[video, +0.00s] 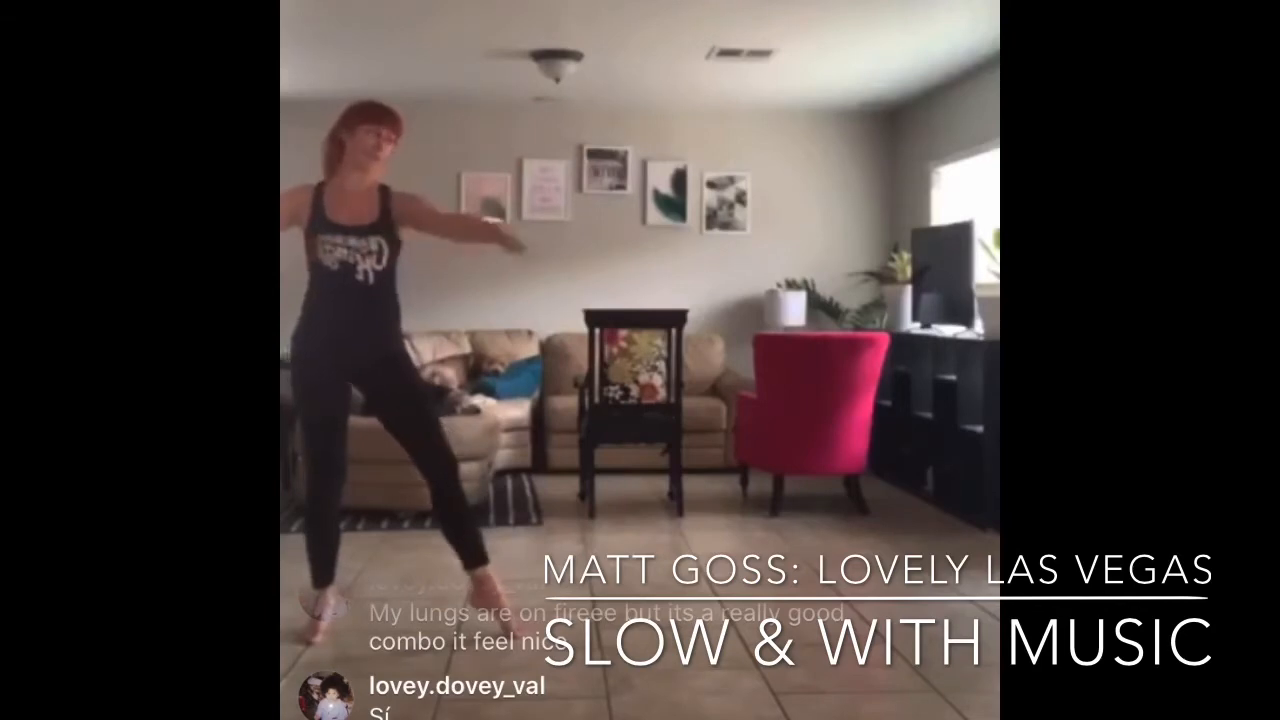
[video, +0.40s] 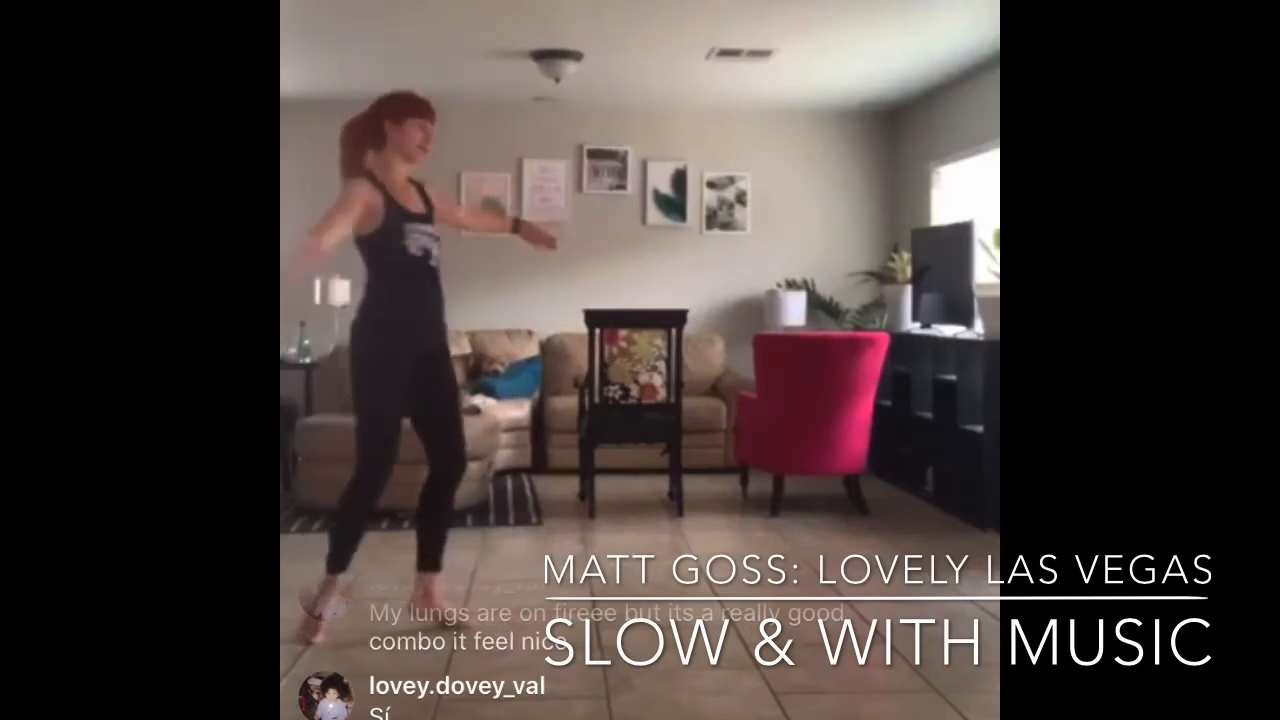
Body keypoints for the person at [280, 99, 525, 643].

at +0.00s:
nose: (380, 145)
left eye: (388, 140)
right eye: (370, 134)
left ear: (393, 153)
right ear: (343, 138)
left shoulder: (394, 204)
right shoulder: (305, 201)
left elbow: (446, 224)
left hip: (380, 350)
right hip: (319, 351)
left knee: (439, 463)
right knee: (325, 474)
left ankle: (482, 581)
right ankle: (323, 592)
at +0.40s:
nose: (428, 137)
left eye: (431, 130)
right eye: (419, 126)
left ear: (421, 140)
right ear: (388, 128)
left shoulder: (421, 192)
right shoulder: (365, 190)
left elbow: (467, 218)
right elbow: (331, 230)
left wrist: (518, 227)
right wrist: (314, 249)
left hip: (428, 344)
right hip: (380, 345)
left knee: (449, 460)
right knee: (374, 464)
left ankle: (427, 588)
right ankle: (331, 587)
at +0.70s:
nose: (465, 135)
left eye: (464, 126)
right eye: (458, 125)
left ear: (422, 130)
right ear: (431, 128)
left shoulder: (401, 188)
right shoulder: (445, 183)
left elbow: (369, 239)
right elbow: (527, 214)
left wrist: (414, 251)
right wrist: (591, 226)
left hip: (408, 335)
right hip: (444, 336)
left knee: (431, 460)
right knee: (473, 459)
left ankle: (424, 585)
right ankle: (496, 578)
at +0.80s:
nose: (470, 135)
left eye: (467, 125)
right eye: (465, 126)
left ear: (417, 136)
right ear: (450, 132)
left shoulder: (392, 192)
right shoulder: (477, 187)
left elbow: (348, 247)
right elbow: (541, 226)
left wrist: (389, 257)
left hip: (409, 337)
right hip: (463, 337)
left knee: (429, 459)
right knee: (475, 461)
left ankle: (425, 581)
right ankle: (490, 571)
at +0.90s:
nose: (463, 135)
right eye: (465, 125)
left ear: (418, 129)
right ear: (465, 128)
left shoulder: (399, 187)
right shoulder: (492, 185)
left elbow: (352, 254)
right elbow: (505, 237)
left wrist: (398, 265)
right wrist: (471, 238)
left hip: (419, 329)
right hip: (476, 329)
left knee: (430, 460)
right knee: (468, 452)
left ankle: (438, 586)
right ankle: (463, 573)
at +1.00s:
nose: (421, 139)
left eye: (423, 130)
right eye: (420, 130)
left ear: (439, 130)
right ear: (466, 129)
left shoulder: (435, 183)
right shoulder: (481, 184)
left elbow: (396, 256)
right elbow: (441, 251)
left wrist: (360, 268)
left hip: (443, 333)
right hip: (478, 330)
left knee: (440, 454)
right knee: (456, 451)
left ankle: (459, 583)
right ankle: (464, 575)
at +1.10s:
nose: (422, 135)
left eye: (430, 126)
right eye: (423, 126)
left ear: (458, 131)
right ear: (447, 133)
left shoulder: (475, 183)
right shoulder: (441, 186)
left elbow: (464, 262)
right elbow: (414, 252)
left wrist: (406, 287)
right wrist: (375, 288)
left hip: (465, 331)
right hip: (439, 330)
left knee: (447, 454)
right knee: (443, 454)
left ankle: (476, 575)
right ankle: (462, 571)